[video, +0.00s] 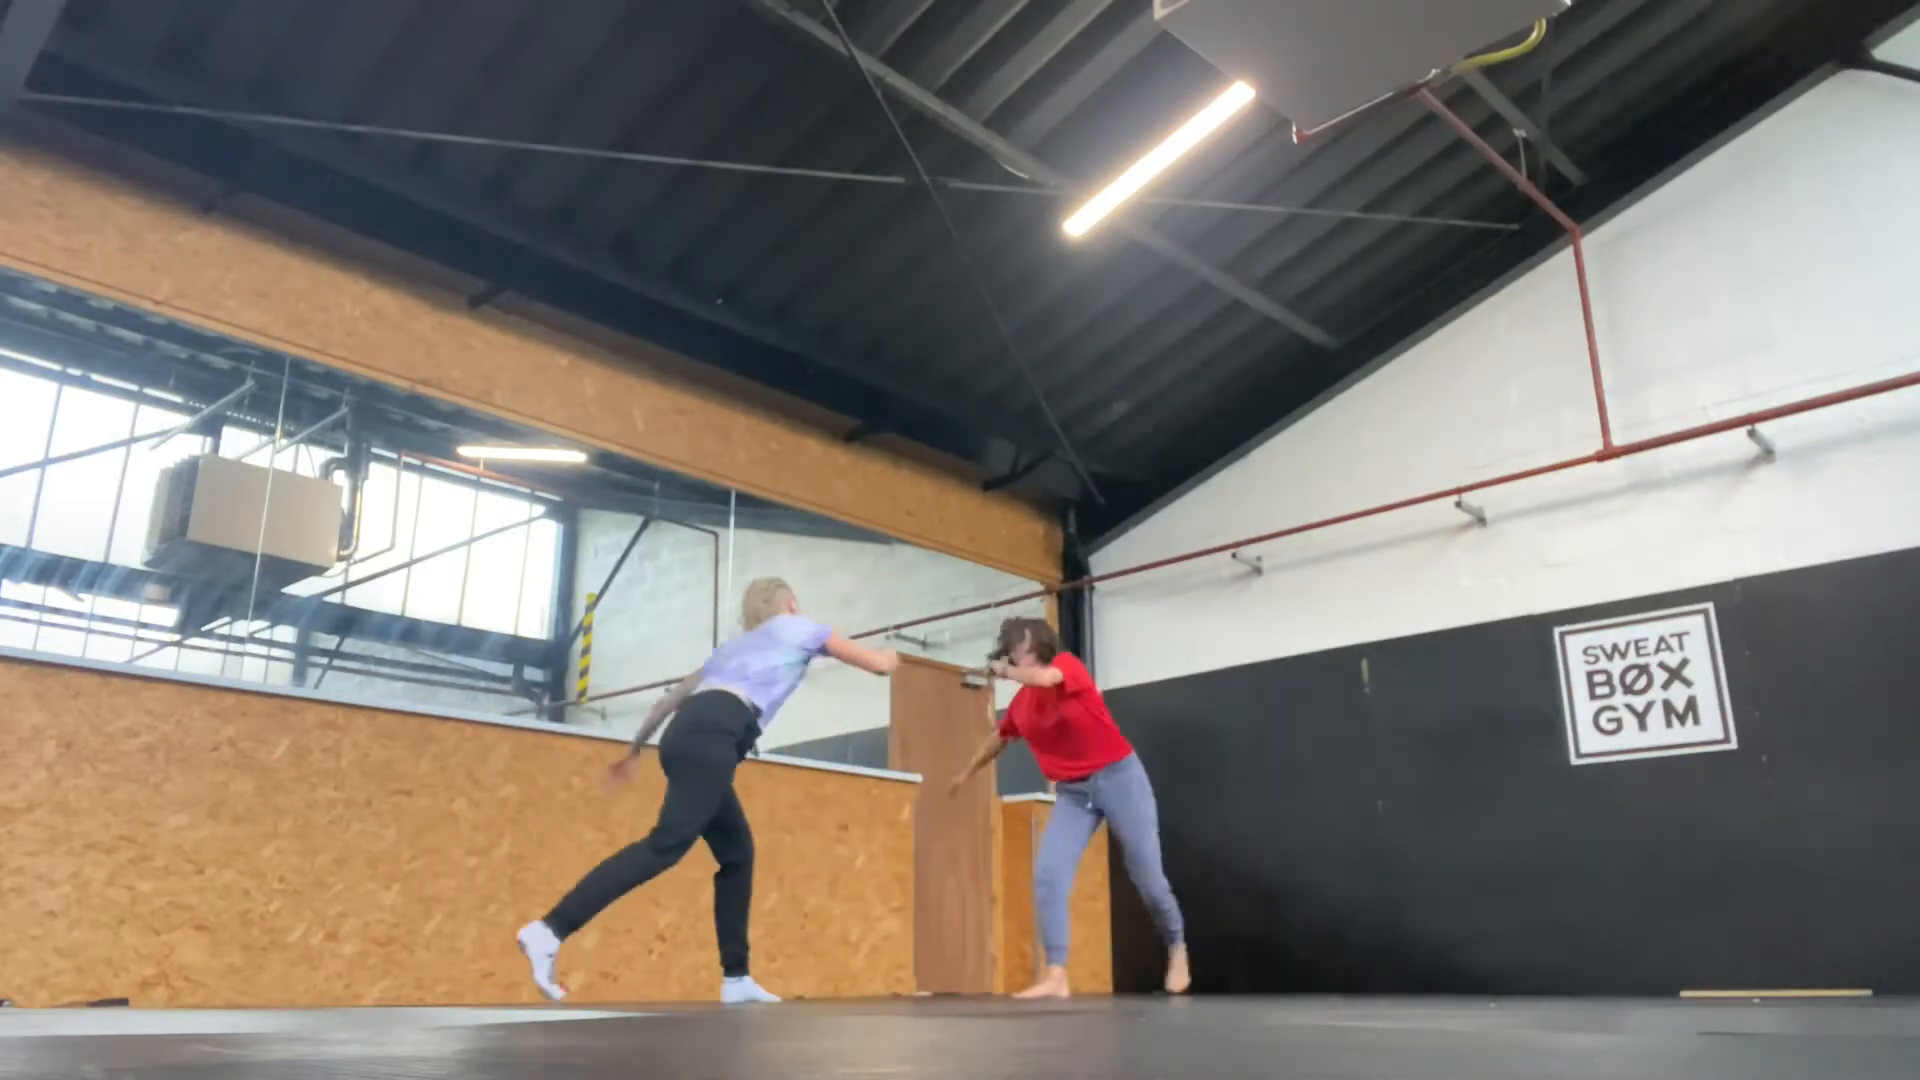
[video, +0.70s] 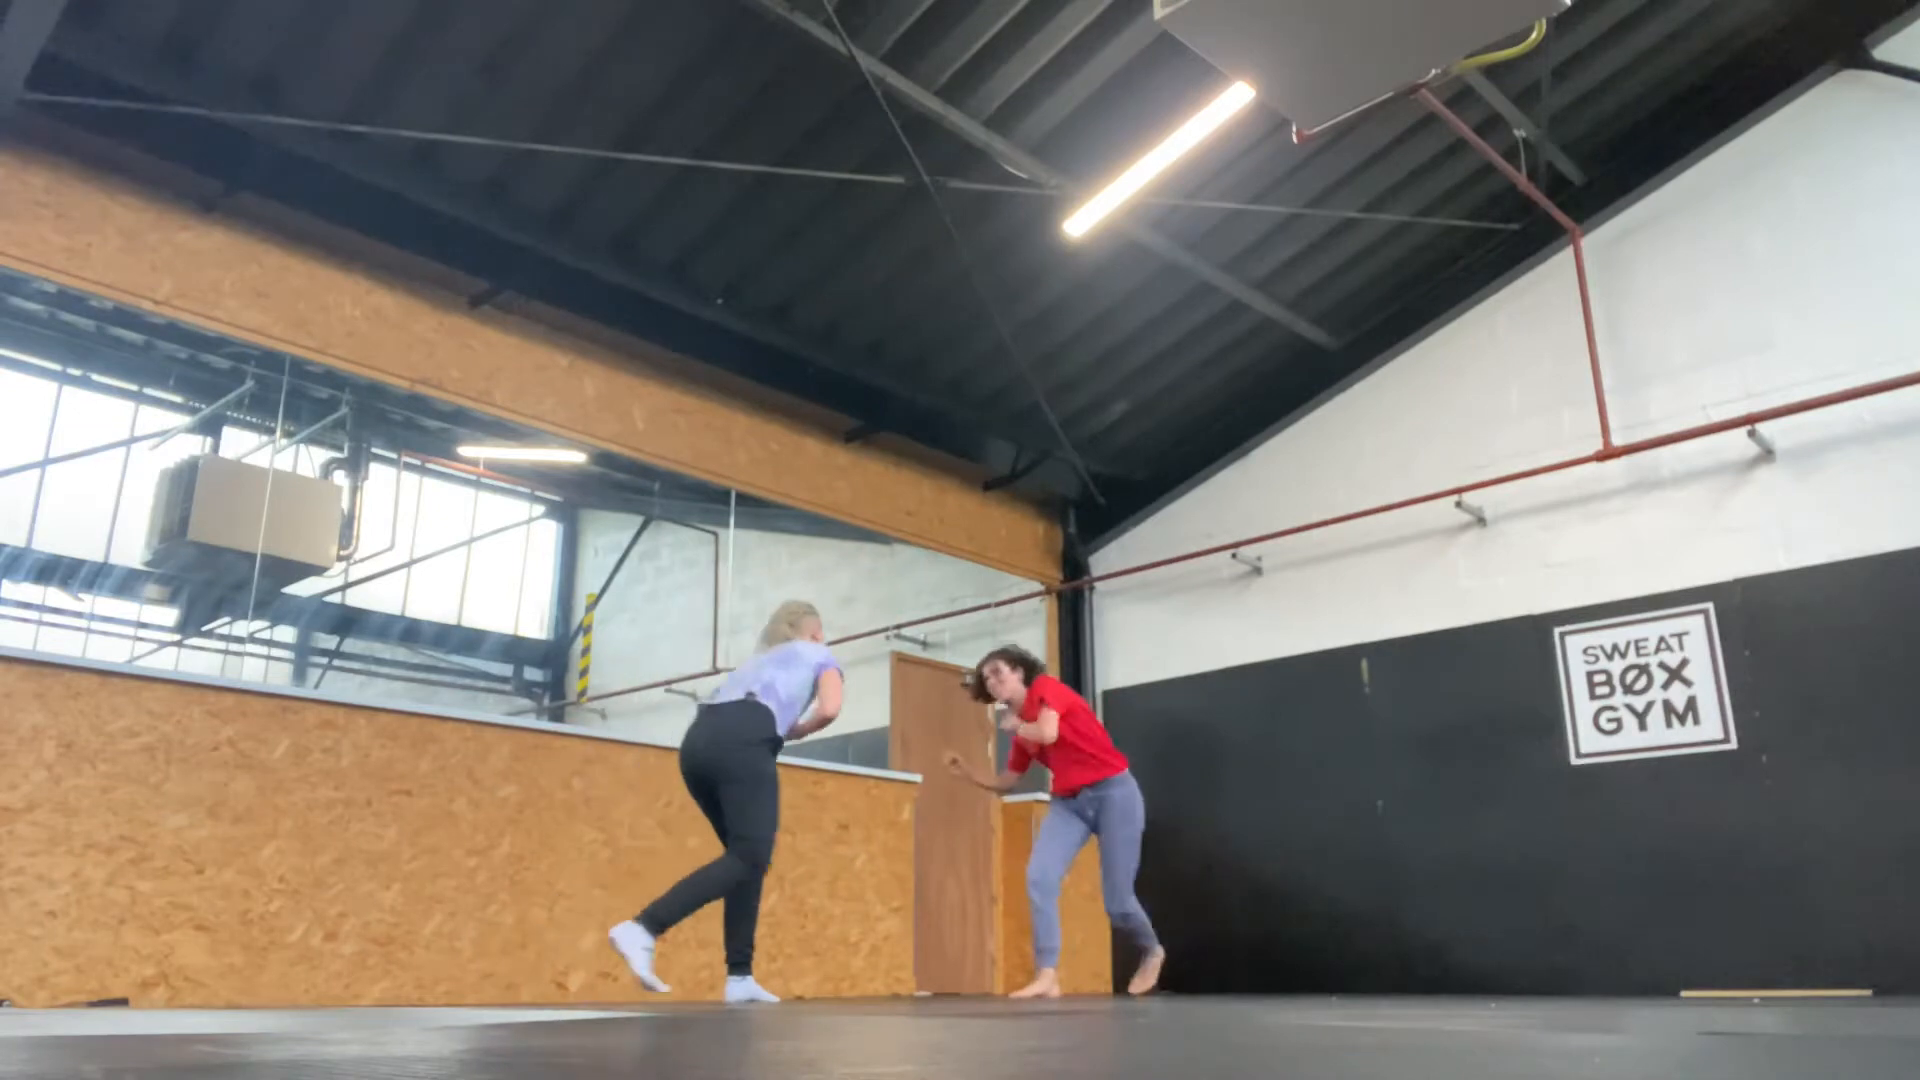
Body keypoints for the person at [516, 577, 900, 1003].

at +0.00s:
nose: (801, 608)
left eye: (796, 603)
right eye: (797, 603)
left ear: (754, 614)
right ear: (786, 605)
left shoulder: (729, 649)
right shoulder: (799, 627)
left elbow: (671, 700)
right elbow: (881, 664)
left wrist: (634, 749)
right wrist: (891, 654)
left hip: (683, 735)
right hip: (715, 733)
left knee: (736, 854)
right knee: (664, 848)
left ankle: (737, 980)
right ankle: (547, 932)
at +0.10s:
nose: (784, 599)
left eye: (782, 594)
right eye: (781, 593)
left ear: (736, 599)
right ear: (771, 593)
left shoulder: (710, 636)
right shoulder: (781, 615)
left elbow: (642, 680)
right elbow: (846, 667)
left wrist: (593, 727)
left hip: (669, 737)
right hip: (699, 736)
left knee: (727, 857)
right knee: (642, 850)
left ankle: (736, 981)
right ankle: (532, 947)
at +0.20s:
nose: (768, 596)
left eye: (766, 590)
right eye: (766, 590)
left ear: (720, 592)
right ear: (756, 589)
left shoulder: (686, 627)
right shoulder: (764, 619)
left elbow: (633, 665)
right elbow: (792, 694)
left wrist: (585, 709)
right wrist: (749, 673)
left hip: (652, 750)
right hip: (680, 752)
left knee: (727, 854)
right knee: (627, 866)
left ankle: (736, 980)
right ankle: (513, 957)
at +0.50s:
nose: (775, 605)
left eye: (771, 597)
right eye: (772, 597)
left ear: (731, 603)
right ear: (763, 600)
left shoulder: (704, 639)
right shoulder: (780, 636)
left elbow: (650, 687)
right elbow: (793, 709)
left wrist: (612, 745)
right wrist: (747, 709)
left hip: (667, 753)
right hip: (706, 756)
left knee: (736, 854)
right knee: (640, 868)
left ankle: (737, 979)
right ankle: (529, 950)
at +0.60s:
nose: (796, 615)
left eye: (793, 607)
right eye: (793, 607)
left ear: (750, 615)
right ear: (784, 611)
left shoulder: (725, 651)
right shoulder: (801, 644)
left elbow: (664, 706)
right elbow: (822, 708)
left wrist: (647, 765)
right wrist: (776, 718)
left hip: (686, 749)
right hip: (733, 746)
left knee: (747, 855)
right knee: (688, 866)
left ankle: (739, 978)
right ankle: (571, 932)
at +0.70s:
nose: (823, 640)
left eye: (822, 634)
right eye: (820, 633)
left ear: (777, 634)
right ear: (810, 633)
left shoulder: (758, 660)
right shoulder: (815, 653)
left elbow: (728, 700)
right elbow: (830, 709)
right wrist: (796, 730)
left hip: (697, 741)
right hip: (743, 737)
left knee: (747, 860)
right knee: (749, 858)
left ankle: (739, 978)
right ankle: (641, 930)